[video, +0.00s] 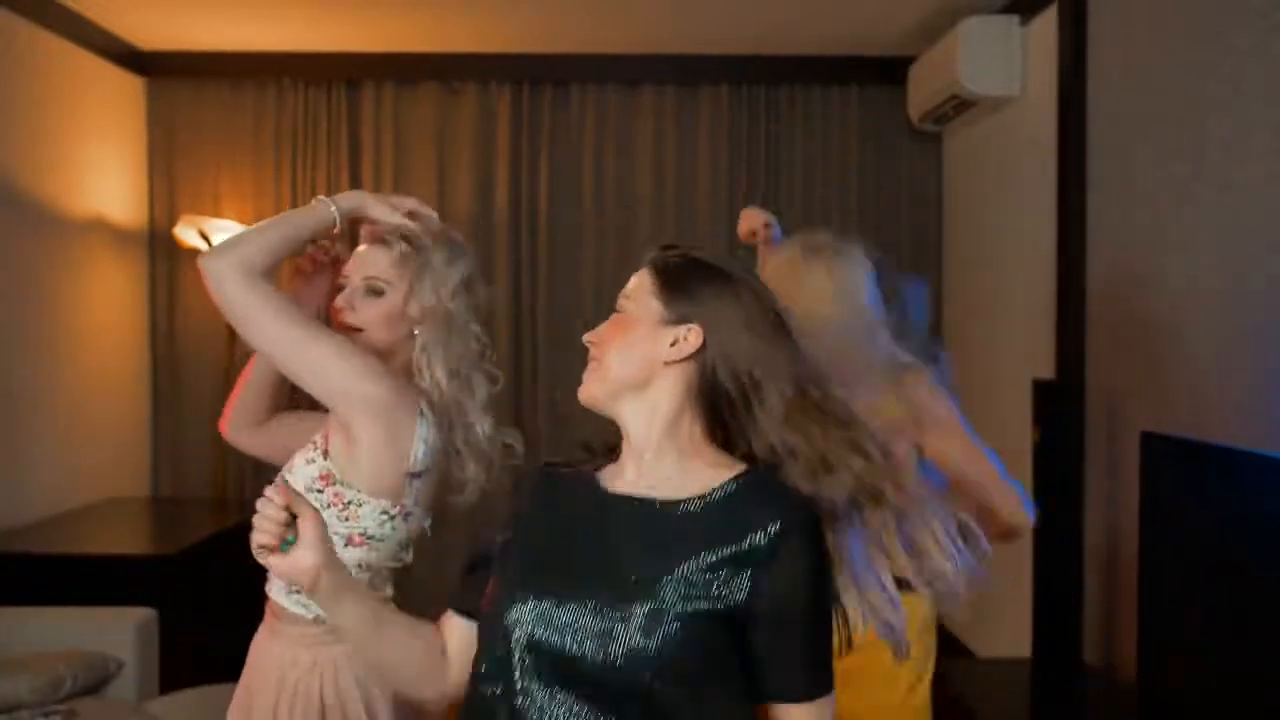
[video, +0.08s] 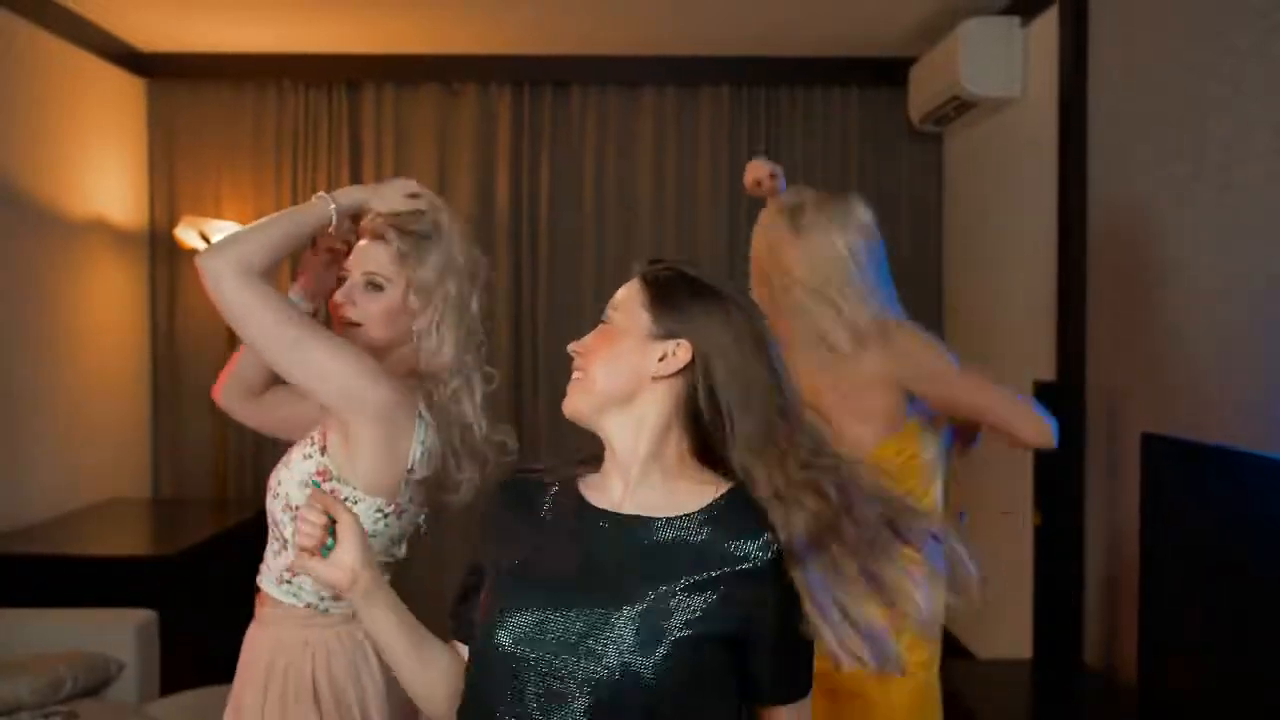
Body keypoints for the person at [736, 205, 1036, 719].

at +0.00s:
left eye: (776, 303)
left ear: (778, 317)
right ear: (864, 307)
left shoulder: (768, 390)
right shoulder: (904, 389)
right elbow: (1010, 515)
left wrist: (767, 253)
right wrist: (928, 506)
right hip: (890, 620)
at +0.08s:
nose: (756, 283)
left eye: (761, 268)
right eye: (757, 267)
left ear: (781, 277)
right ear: (855, 267)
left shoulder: (769, 360)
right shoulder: (893, 349)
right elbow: (1038, 431)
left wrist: (773, 201)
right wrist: (964, 421)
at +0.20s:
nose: (871, 253)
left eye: (862, 236)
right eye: (853, 240)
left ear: (782, 270)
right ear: (815, 263)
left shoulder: (778, 356)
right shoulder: (860, 357)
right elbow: (1037, 343)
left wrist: (801, 192)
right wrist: (986, 267)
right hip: (886, 622)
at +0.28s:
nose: (856, 303)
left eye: (863, 285)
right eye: (824, 291)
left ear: (877, 296)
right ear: (784, 313)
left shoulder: (805, 394)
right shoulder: (845, 402)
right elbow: (1013, 332)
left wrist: (822, 223)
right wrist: (938, 229)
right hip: (882, 659)